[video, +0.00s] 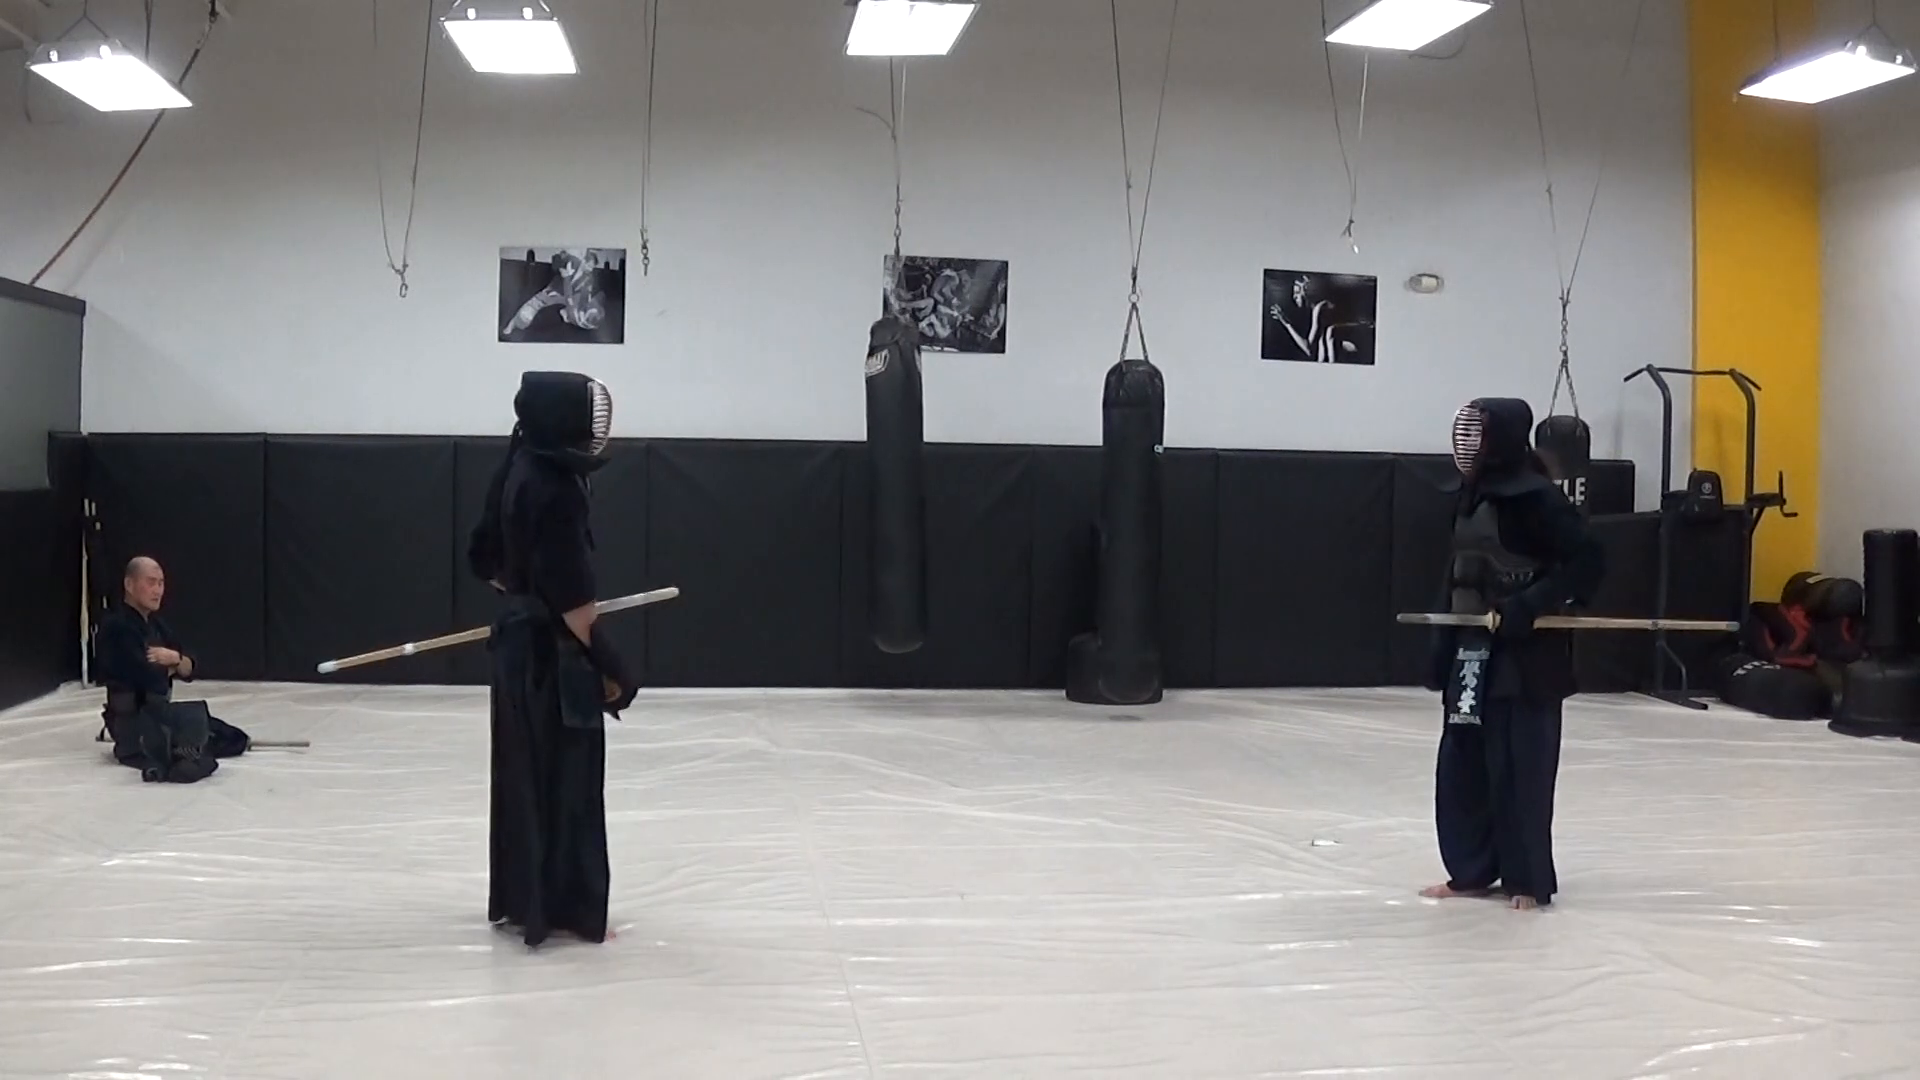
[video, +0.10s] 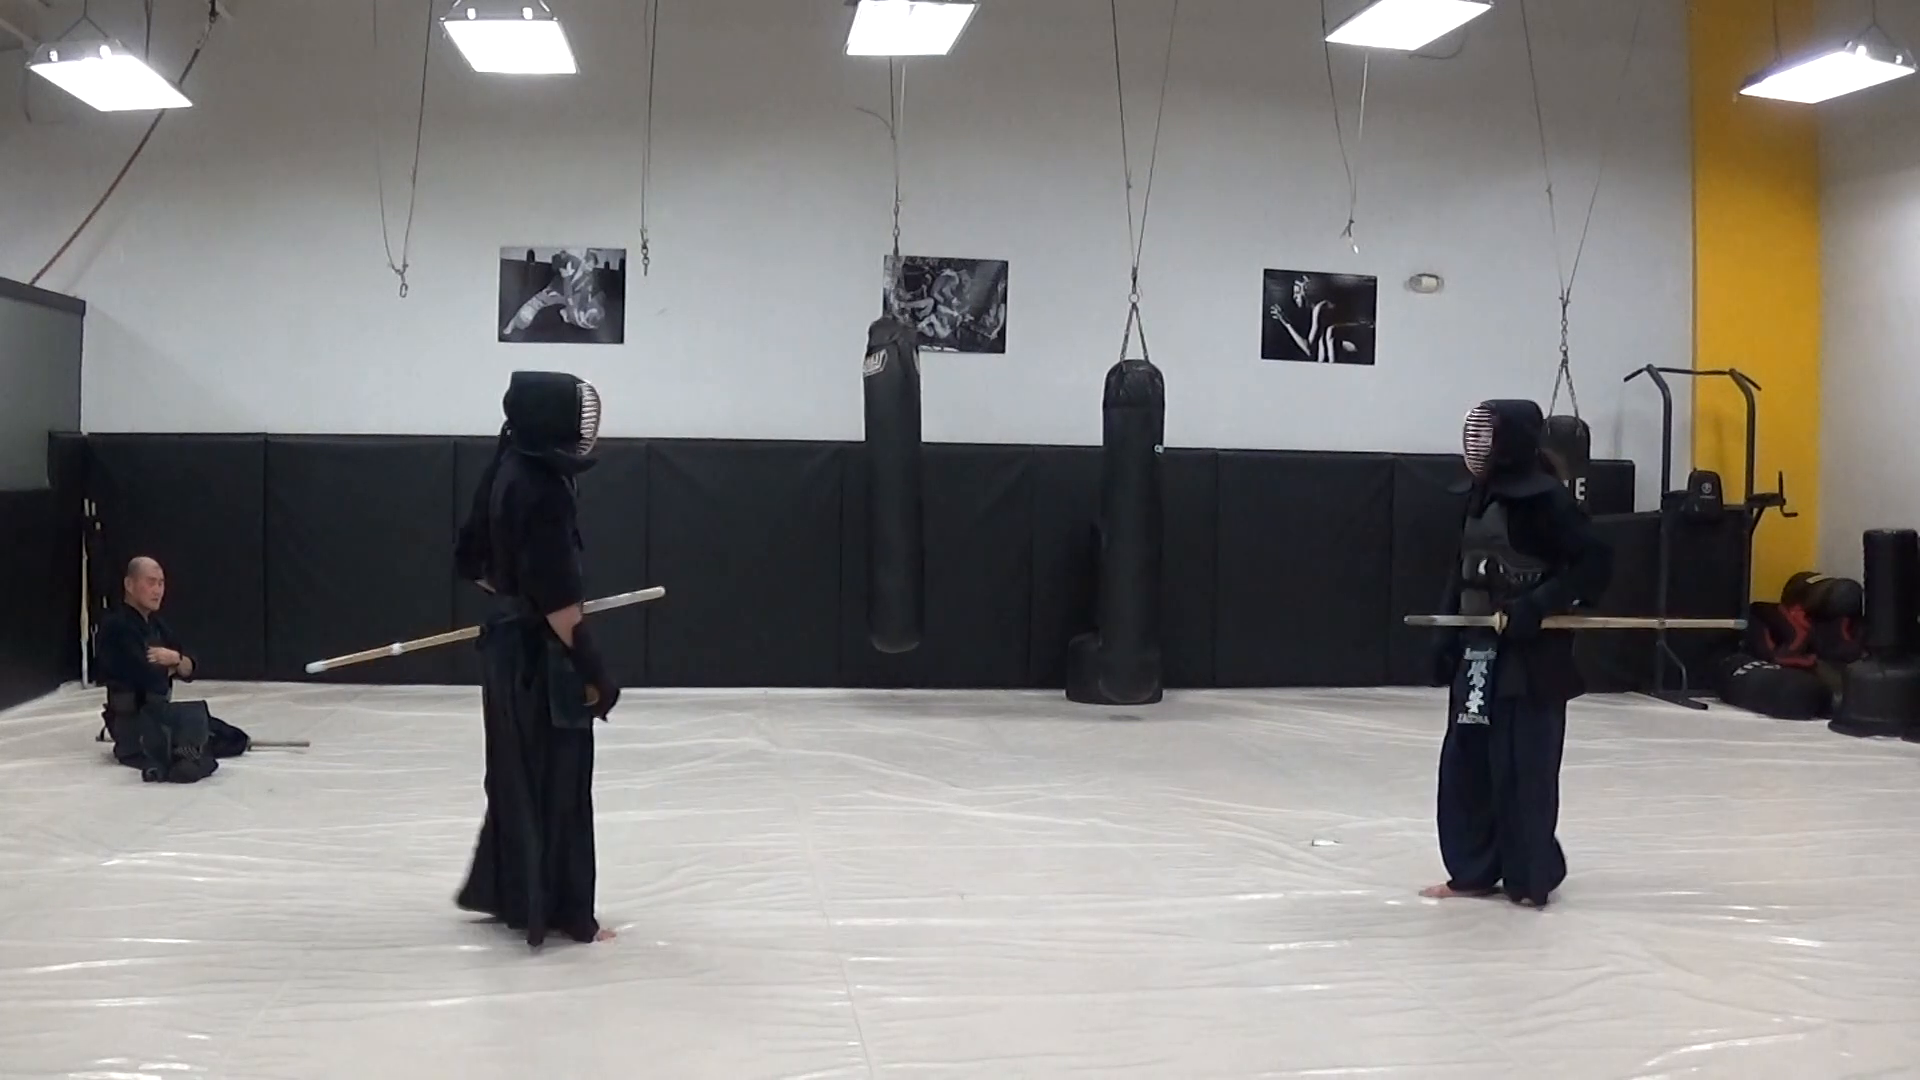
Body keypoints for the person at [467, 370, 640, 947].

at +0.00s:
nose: (599, 434)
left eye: (599, 423)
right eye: (592, 423)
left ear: (539, 420)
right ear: (567, 425)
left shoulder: (516, 469)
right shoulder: (556, 485)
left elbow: (486, 557)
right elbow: (570, 594)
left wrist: (535, 593)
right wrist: (612, 662)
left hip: (517, 642)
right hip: (552, 647)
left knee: (525, 774)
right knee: (566, 778)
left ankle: (522, 903)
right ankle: (572, 911)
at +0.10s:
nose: (587, 432)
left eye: (586, 421)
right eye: (580, 422)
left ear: (527, 421)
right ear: (556, 425)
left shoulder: (503, 470)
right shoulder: (544, 486)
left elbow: (473, 561)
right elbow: (555, 596)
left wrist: (528, 596)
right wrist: (594, 669)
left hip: (506, 642)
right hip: (542, 647)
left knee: (517, 769)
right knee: (560, 778)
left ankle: (502, 891)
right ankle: (566, 911)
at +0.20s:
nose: (570, 435)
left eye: (569, 424)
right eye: (561, 424)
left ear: (510, 423)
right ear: (534, 428)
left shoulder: (491, 477)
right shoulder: (520, 489)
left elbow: (459, 565)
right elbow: (529, 598)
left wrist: (518, 594)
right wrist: (568, 674)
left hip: (496, 646)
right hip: (526, 650)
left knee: (504, 772)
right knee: (553, 782)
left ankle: (429, 873)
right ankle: (569, 914)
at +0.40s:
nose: (515, 449)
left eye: (514, 438)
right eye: (507, 439)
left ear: (459, 438)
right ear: (481, 441)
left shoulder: (452, 489)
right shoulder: (455, 502)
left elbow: (423, 575)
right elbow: (460, 609)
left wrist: (495, 609)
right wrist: (496, 684)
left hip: (454, 654)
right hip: (470, 658)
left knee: (440, 773)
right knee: (531, 778)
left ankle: (387, 891)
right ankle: (568, 909)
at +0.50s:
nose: (483, 443)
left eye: (483, 431)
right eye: (475, 432)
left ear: (427, 430)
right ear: (451, 435)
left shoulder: (421, 486)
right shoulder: (423, 496)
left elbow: (396, 573)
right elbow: (421, 597)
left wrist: (462, 605)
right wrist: (456, 673)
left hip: (418, 652)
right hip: (435, 655)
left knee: (417, 776)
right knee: (495, 775)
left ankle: (398, 895)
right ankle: (549, 901)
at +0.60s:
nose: (456, 441)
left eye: (456, 429)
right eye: (448, 430)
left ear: (403, 426)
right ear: (423, 432)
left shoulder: (398, 482)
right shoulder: (393, 491)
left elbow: (378, 573)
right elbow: (393, 592)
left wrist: (434, 609)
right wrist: (427, 666)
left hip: (397, 645)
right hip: (401, 650)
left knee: (413, 772)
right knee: (446, 770)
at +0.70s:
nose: (428, 437)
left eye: (428, 426)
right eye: (419, 427)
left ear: (375, 424)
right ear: (394, 428)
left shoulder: (374, 480)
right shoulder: (364, 487)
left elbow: (372, 569)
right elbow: (366, 581)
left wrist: (410, 608)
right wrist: (404, 652)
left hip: (375, 640)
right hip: (370, 645)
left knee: (391, 770)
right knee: (402, 773)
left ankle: (390, 888)